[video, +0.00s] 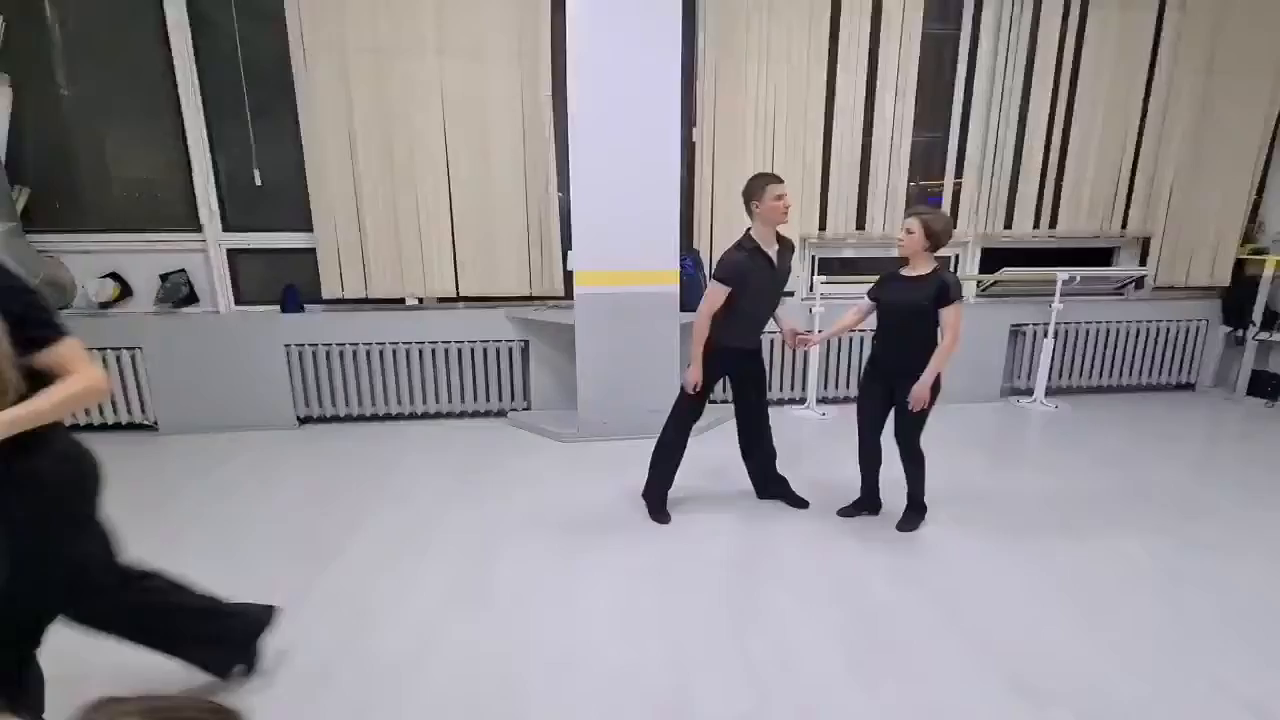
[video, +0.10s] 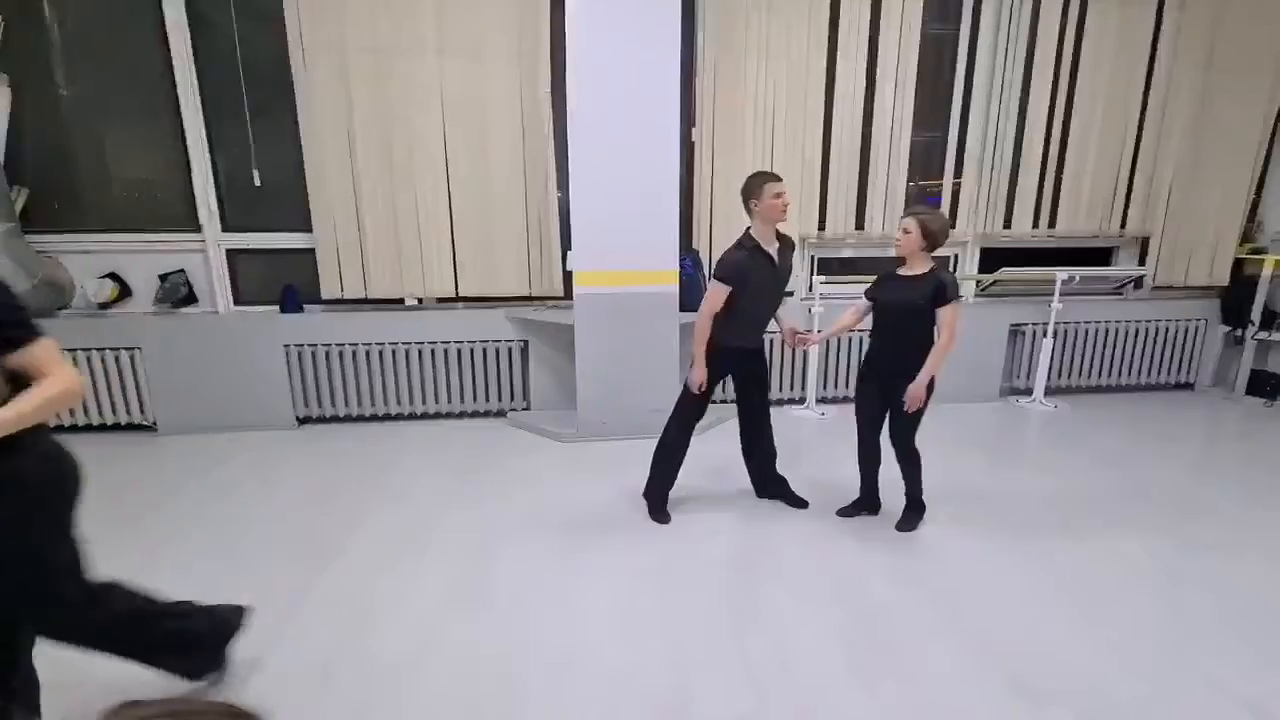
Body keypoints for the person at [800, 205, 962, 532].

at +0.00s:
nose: (901, 237)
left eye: (909, 232)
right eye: (902, 231)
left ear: (929, 241)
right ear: (906, 236)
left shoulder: (944, 283)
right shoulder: (890, 278)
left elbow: (950, 340)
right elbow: (858, 314)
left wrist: (925, 382)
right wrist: (820, 337)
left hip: (916, 375)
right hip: (880, 369)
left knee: (907, 440)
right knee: (867, 433)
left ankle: (916, 505)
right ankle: (869, 498)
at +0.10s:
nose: (898, 236)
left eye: (906, 232)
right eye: (899, 230)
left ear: (926, 241)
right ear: (902, 236)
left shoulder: (941, 282)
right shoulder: (888, 276)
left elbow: (947, 338)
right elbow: (856, 314)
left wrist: (922, 381)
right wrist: (820, 337)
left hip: (912, 374)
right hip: (875, 369)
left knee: (901, 440)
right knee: (867, 435)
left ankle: (915, 504)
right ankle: (868, 498)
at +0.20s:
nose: (891, 237)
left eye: (899, 232)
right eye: (892, 231)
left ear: (918, 240)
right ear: (900, 237)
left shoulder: (931, 281)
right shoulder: (879, 276)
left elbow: (942, 335)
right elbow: (852, 314)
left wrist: (911, 375)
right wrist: (818, 331)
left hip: (898, 370)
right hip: (863, 366)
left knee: (886, 439)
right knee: (864, 435)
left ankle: (908, 501)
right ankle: (866, 497)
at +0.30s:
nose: (882, 239)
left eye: (891, 235)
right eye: (884, 233)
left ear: (910, 244)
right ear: (892, 240)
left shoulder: (922, 281)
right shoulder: (875, 275)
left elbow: (941, 333)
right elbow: (845, 318)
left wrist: (901, 365)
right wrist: (812, 324)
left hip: (885, 369)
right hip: (852, 365)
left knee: (876, 440)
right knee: (859, 436)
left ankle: (905, 499)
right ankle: (863, 497)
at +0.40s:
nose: (879, 243)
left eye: (886, 238)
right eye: (880, 237)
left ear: (906, 246)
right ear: (887, 242)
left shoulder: (917, 281)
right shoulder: (873, 275)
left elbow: (939, 333)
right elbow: (846, 319)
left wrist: (894, 356)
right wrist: (809, 323)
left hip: (878, 370)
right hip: (846, 365)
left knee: (871, 439)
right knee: (853, 435)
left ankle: (904, 498)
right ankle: (860, 496)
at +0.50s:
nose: (876, 243)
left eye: (883, 238)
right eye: (876, 237)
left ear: (902, 245)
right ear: (882, 241)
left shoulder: (914, 280)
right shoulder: (871, 275)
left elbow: (935, 330)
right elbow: (844, 319)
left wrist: (882, 338)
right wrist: (808, 320)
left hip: (878, 369)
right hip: (845, 363)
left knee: (870, 438)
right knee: (849, 433)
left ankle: (905, 496)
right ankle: (857, 495)